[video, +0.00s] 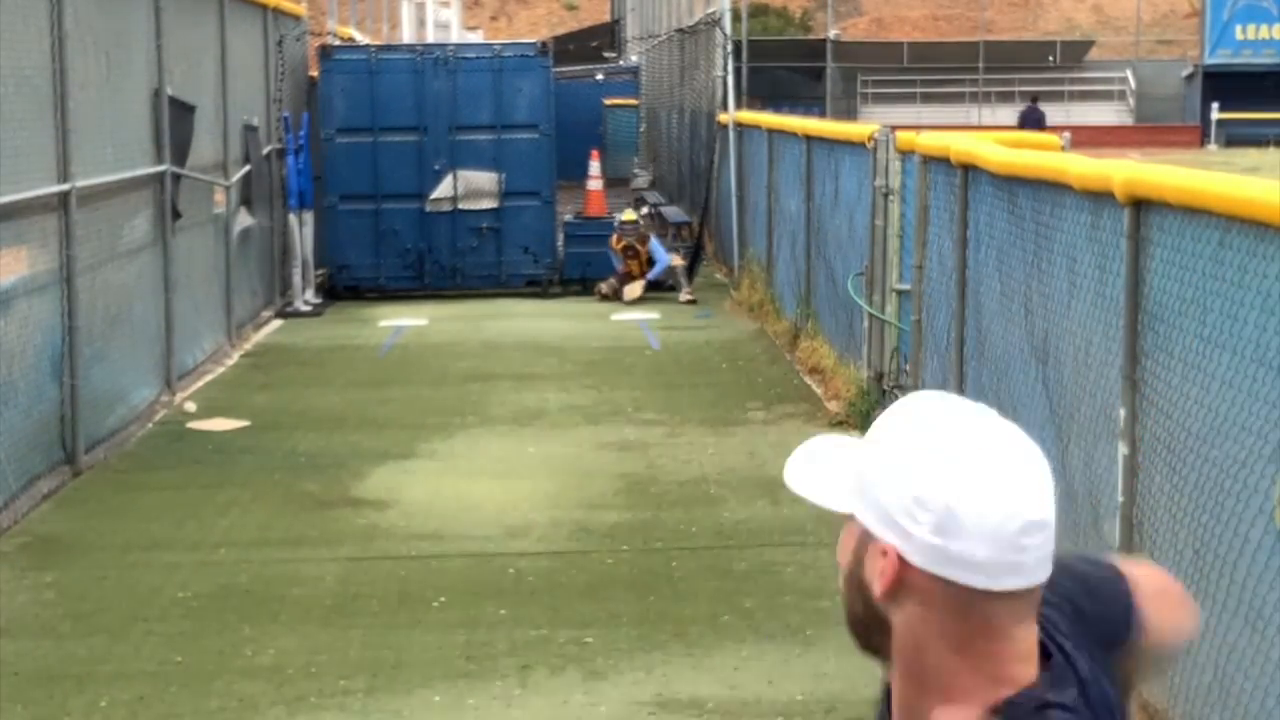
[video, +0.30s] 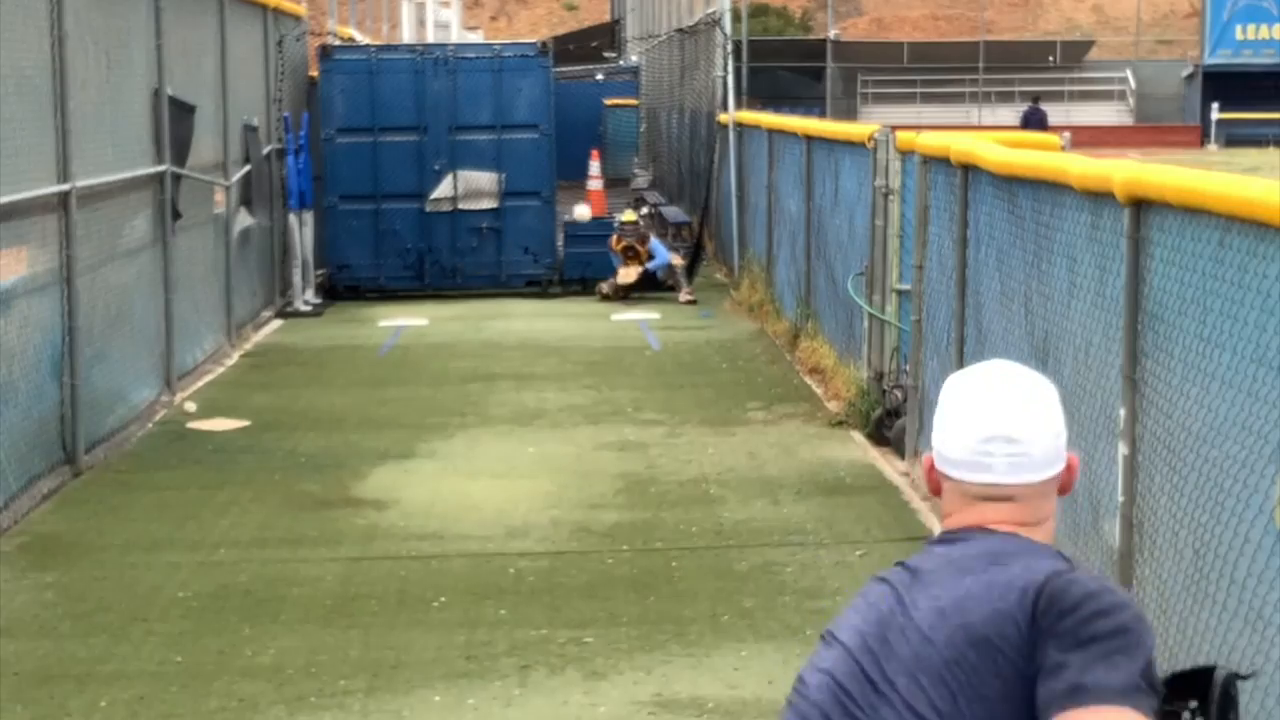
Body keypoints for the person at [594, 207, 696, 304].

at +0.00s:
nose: (629, 233)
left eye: (633, 229)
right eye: (625, 229)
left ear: (639, 228)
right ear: (619, 230)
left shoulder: (648, 239)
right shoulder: (614, 242)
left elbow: (664, 261)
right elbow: (620, 269)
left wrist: (645, 280)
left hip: (652, 274)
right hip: (630, 275)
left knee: (676, 261)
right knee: (606, 289)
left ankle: (685, 292)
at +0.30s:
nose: (629, 231)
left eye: (633, 227)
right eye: (625, 227)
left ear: (639, 227)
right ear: (620, 228)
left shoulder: (648, 239)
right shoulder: (614, 242)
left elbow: (664, 258)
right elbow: (615, 258)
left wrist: (644, 268)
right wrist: (622, 269)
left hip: (651, 274)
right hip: (629, 273)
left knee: (674, 261)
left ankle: (684, 292)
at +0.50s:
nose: (628, 228)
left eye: (631, 224)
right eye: (624, 224)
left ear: (637, 224)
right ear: (621, 226)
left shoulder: (647, 237)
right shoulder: (618, 241)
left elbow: (663, 252)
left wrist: (641, 255)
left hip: (653, 274)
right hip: (632, 276)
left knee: (672, 260)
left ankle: (684, 293)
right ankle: (610, 288)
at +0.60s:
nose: (625, 229)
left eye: (628, 225)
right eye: (621, 226)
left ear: (635, 226)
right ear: (616, 228)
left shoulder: (645, 237)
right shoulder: (613, 241)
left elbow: (658, 247)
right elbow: (618, 267)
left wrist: (638, 251)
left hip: (652, 275)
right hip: (630, 277)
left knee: (672, 260)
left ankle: (684, 292)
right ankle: (608, 289)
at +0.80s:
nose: (621, 231)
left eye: (625, 227)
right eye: (618, 227)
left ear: (631, 225)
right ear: (613, 227)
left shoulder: (644, 235)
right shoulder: (611, 240)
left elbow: (658, 255)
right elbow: (618, 268)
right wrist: (611, 249)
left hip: (650, 273)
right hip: (628, 274)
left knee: (670, 259)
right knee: (607, 288)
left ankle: (684, 293)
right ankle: (608, 291)